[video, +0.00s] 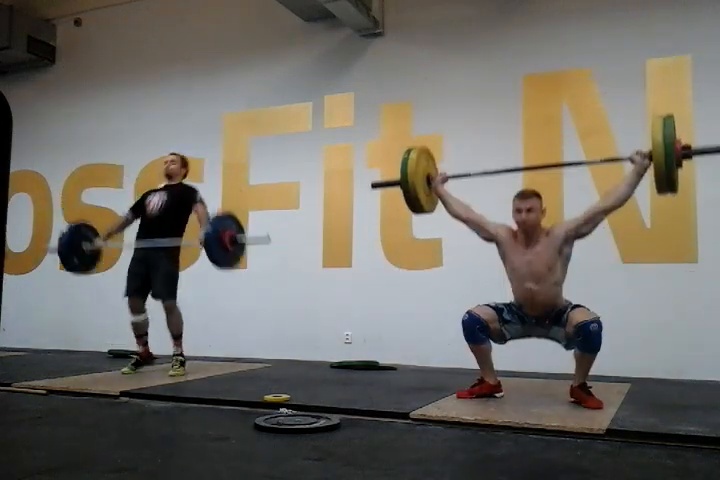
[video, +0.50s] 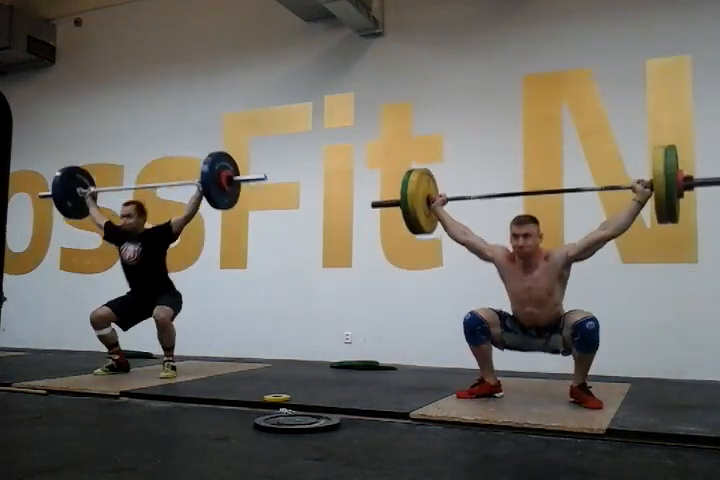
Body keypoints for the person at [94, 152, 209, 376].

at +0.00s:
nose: (168, 165)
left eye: (173, 162)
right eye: (166, 162)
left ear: (183, 169)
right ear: (162, 169)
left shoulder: (188, 191)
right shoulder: (150, 194)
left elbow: (201, 210)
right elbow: (128, 218)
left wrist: (205, 231)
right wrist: (105, 235)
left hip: (166, 254)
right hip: (142, 253)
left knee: (169, 303)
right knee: (134, 301)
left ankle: (178, 354)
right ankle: (143, 352)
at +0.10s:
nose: (173, 165)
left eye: (179, 163)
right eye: (172, 163)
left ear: (190, 171)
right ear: (169, 169)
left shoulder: (193, 188)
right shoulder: (155, 190)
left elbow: (209, 201)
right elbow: (129, 205)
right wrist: (100, 211)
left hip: (167, 246)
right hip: (141, 245)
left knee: (169, 295)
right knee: (126, 294)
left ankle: (178, 347)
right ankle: (138, 344)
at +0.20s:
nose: (164, 176)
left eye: (170, 173)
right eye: (163, 173)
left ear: (181, 177)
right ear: (160, 177)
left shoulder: (189, 195)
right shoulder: (152, 198)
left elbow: (214, 198)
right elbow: (123, 203)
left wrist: (222, 183)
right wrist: (95, 194)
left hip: (167, 261)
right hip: (142, 259)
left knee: (166, 305)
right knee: (113, 305)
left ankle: (173, 355)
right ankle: (125, 352)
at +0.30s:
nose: (150, 196)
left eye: (154, 192)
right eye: (147, 192)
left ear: (165, 194)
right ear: (145, 194)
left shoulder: (178, 215)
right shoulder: (141, 216)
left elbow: (200, 207)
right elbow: (115, 211)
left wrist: (203, 181)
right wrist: (97, 191)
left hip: (170, 281)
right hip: (145, 281)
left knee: (164, 311)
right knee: (105, 313)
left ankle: (170, 362)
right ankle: (119, 360)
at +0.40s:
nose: (134, 211)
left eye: (139, 207)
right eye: (132, 207)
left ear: (151, 209)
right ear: (130, 209)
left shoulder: (165, 226)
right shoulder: (128, 228)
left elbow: (190, 211)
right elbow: (105, 214)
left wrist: (199, 185)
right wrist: (90, 193)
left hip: (167, 290)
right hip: (142, 291)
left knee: (161, 314)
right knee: (101, 316)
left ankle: (169, 362)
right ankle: (119, 361)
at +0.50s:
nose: (123, 221)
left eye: (128, 217)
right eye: (122, 217)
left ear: (142, 218)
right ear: (121, 219)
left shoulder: (157, 235)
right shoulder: (120, 237)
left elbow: (187, 216)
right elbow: (100, 221)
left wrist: (200, 192)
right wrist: (90, 201)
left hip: (164, 294)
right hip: (139, 297)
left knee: (162, 316)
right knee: (98, 318)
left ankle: (169, 362)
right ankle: (118, 361)